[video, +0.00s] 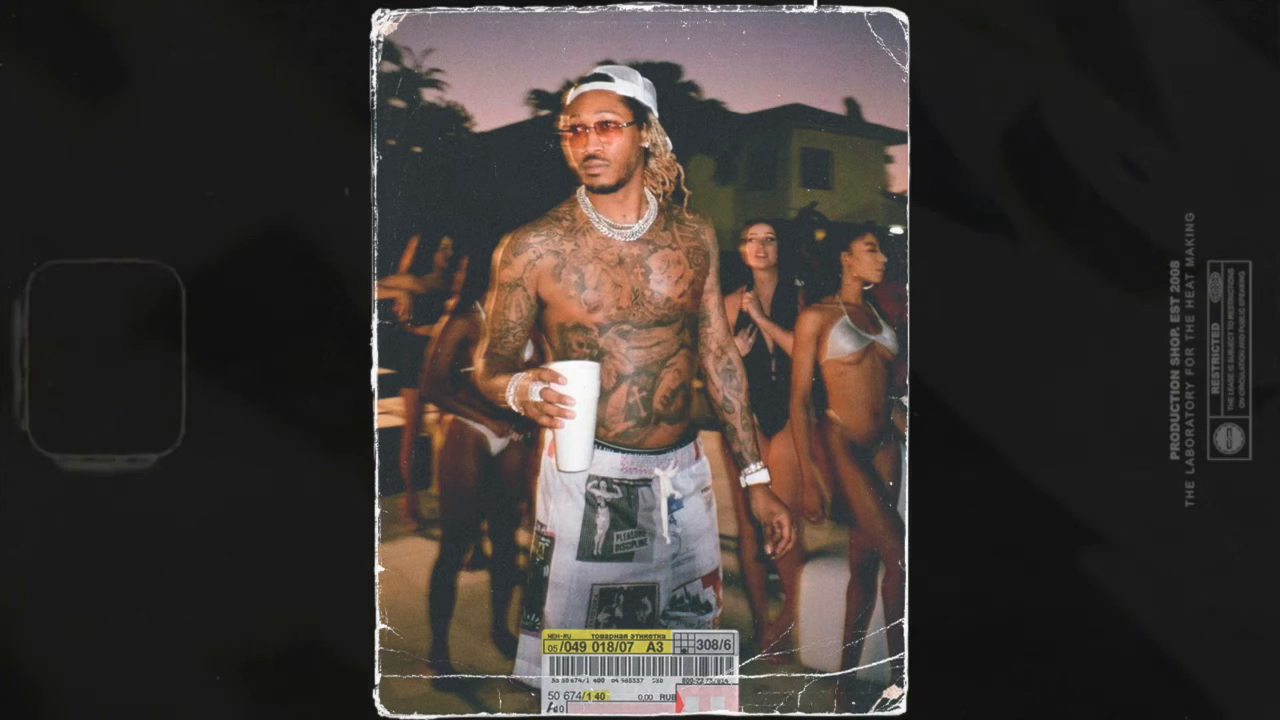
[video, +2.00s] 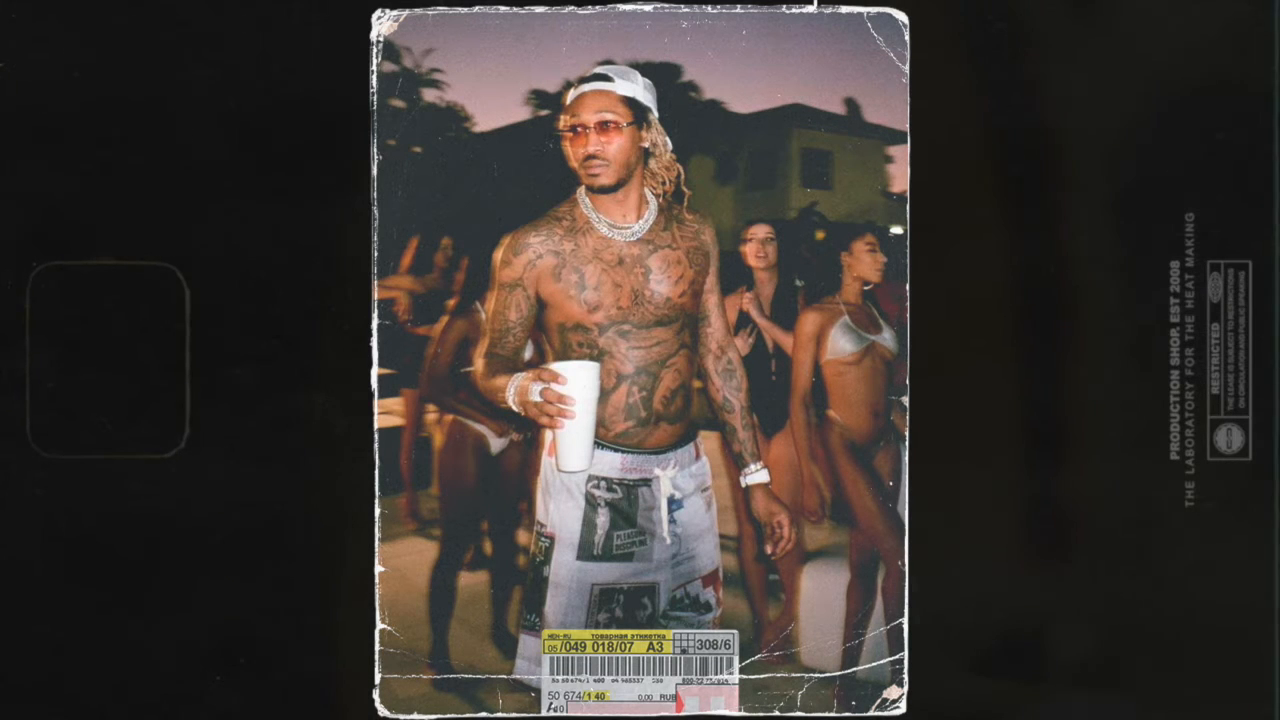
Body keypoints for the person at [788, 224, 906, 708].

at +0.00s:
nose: (882, 259)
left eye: (882, 251)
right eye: (871, 251)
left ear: (875, 262)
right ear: (843, 259)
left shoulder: (878, 316)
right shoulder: (818, 317)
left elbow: (885, 392)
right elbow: (798, 405)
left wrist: (900, 431)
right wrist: (813, 479)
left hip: (883, 448)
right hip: (839, 449)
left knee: (864, 563)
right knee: (898, 551)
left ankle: (846, 674)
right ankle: (902, 670)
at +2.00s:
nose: (882, 259)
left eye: (882, 251)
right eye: (871, 251)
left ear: (873, 262)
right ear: (843, 259)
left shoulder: (878, 316)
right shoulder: (818, 317)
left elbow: (887, 390)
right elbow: (799, 403)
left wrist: (901, 428)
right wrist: (813, 478)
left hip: (882, 447)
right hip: (838, 448)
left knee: (863, 563)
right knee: (898, 552)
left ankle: (846, 673)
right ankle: (902, 671)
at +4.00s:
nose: (882, 259)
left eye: (881, 251)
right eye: (871, 251)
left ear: (870, 261)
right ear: (844, 259)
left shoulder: (877, 315)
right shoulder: (818, 317)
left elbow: (885, 392)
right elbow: (798, 403)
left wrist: (903, 437)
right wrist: (813, 477)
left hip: (881, 448)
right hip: (838, 449)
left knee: (864, 563)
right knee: (898, 553)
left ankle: (846, 674)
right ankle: (902, 670)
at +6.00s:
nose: (882, 259)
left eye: (881, 251)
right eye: (872, 251)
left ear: (869, 262)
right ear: (844, 259)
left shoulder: (876, 315)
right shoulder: (817, 317)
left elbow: (885, 392)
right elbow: (798, 403)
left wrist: (901, 441)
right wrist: (814, 479)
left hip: (881, 448)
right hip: (838, 449)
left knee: (863, 564)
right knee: (898, 552)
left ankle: (847, 673)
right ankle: (903, 670)